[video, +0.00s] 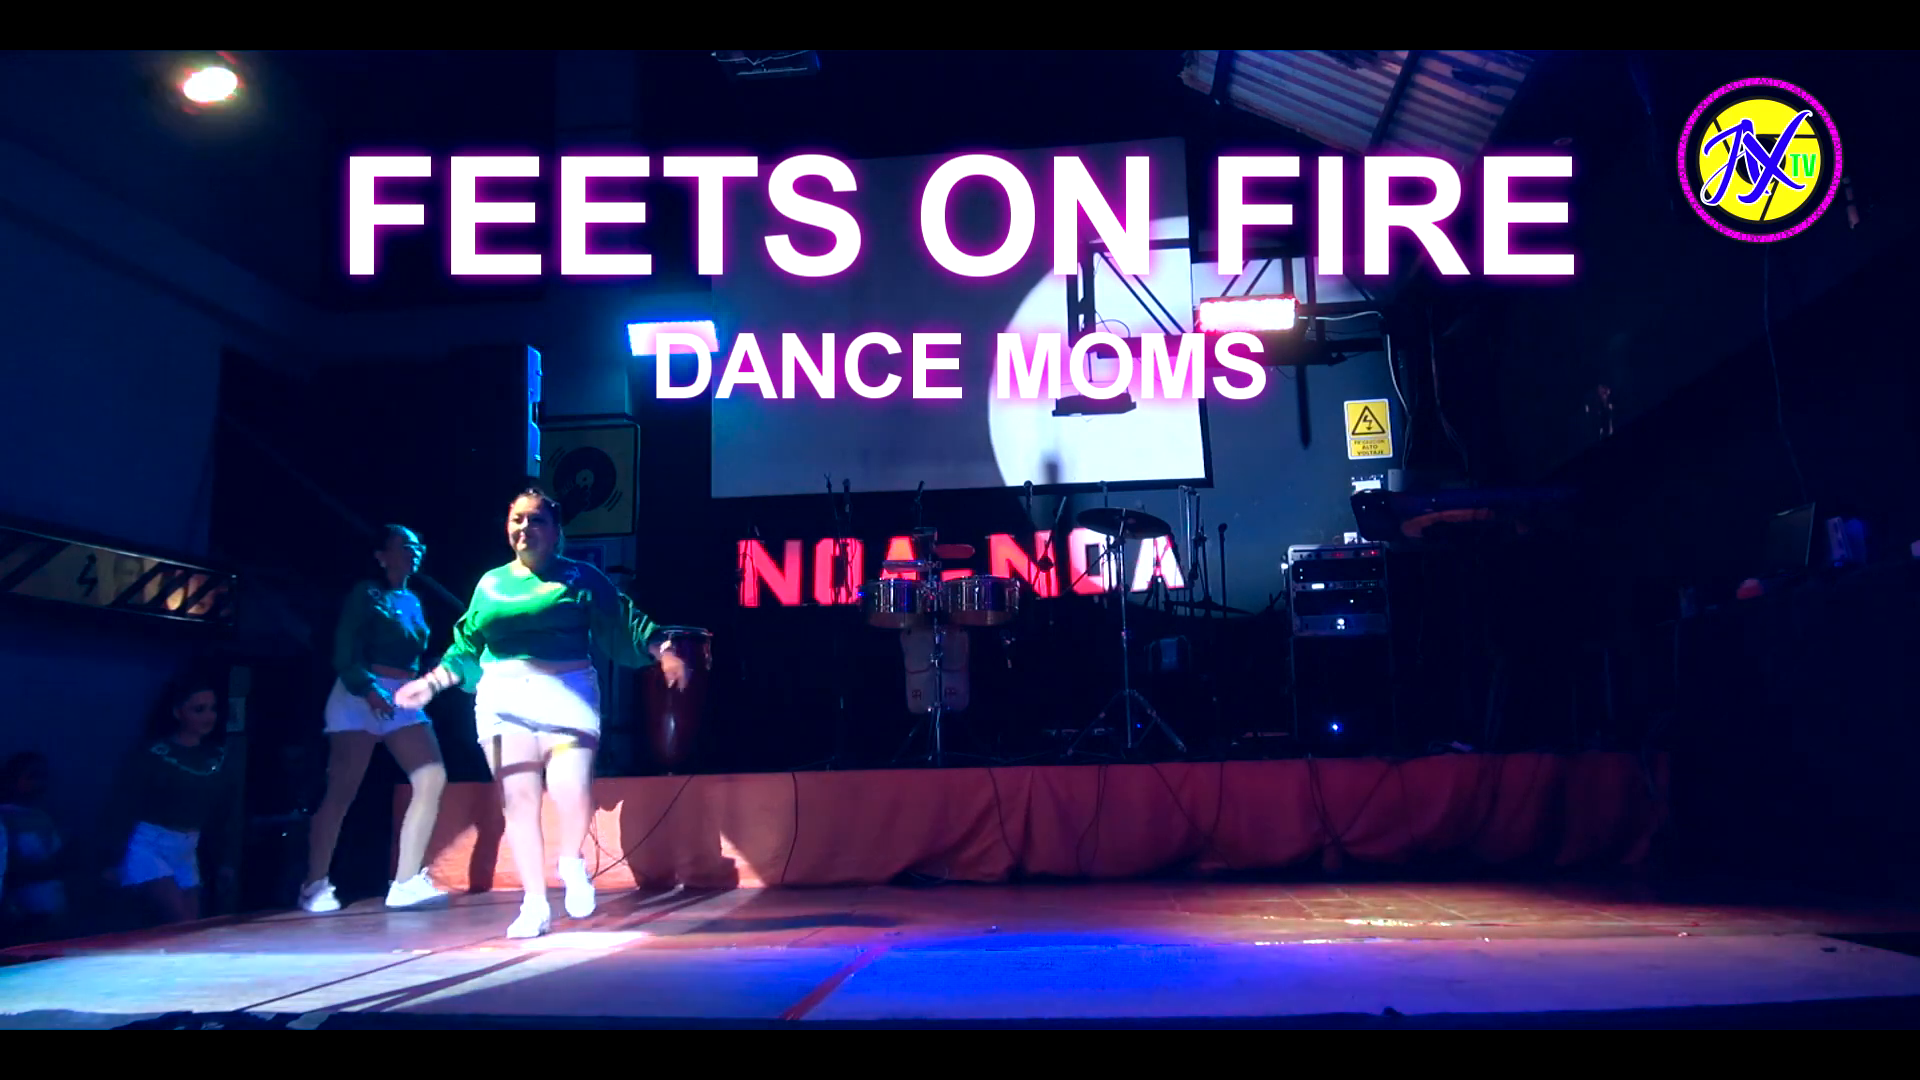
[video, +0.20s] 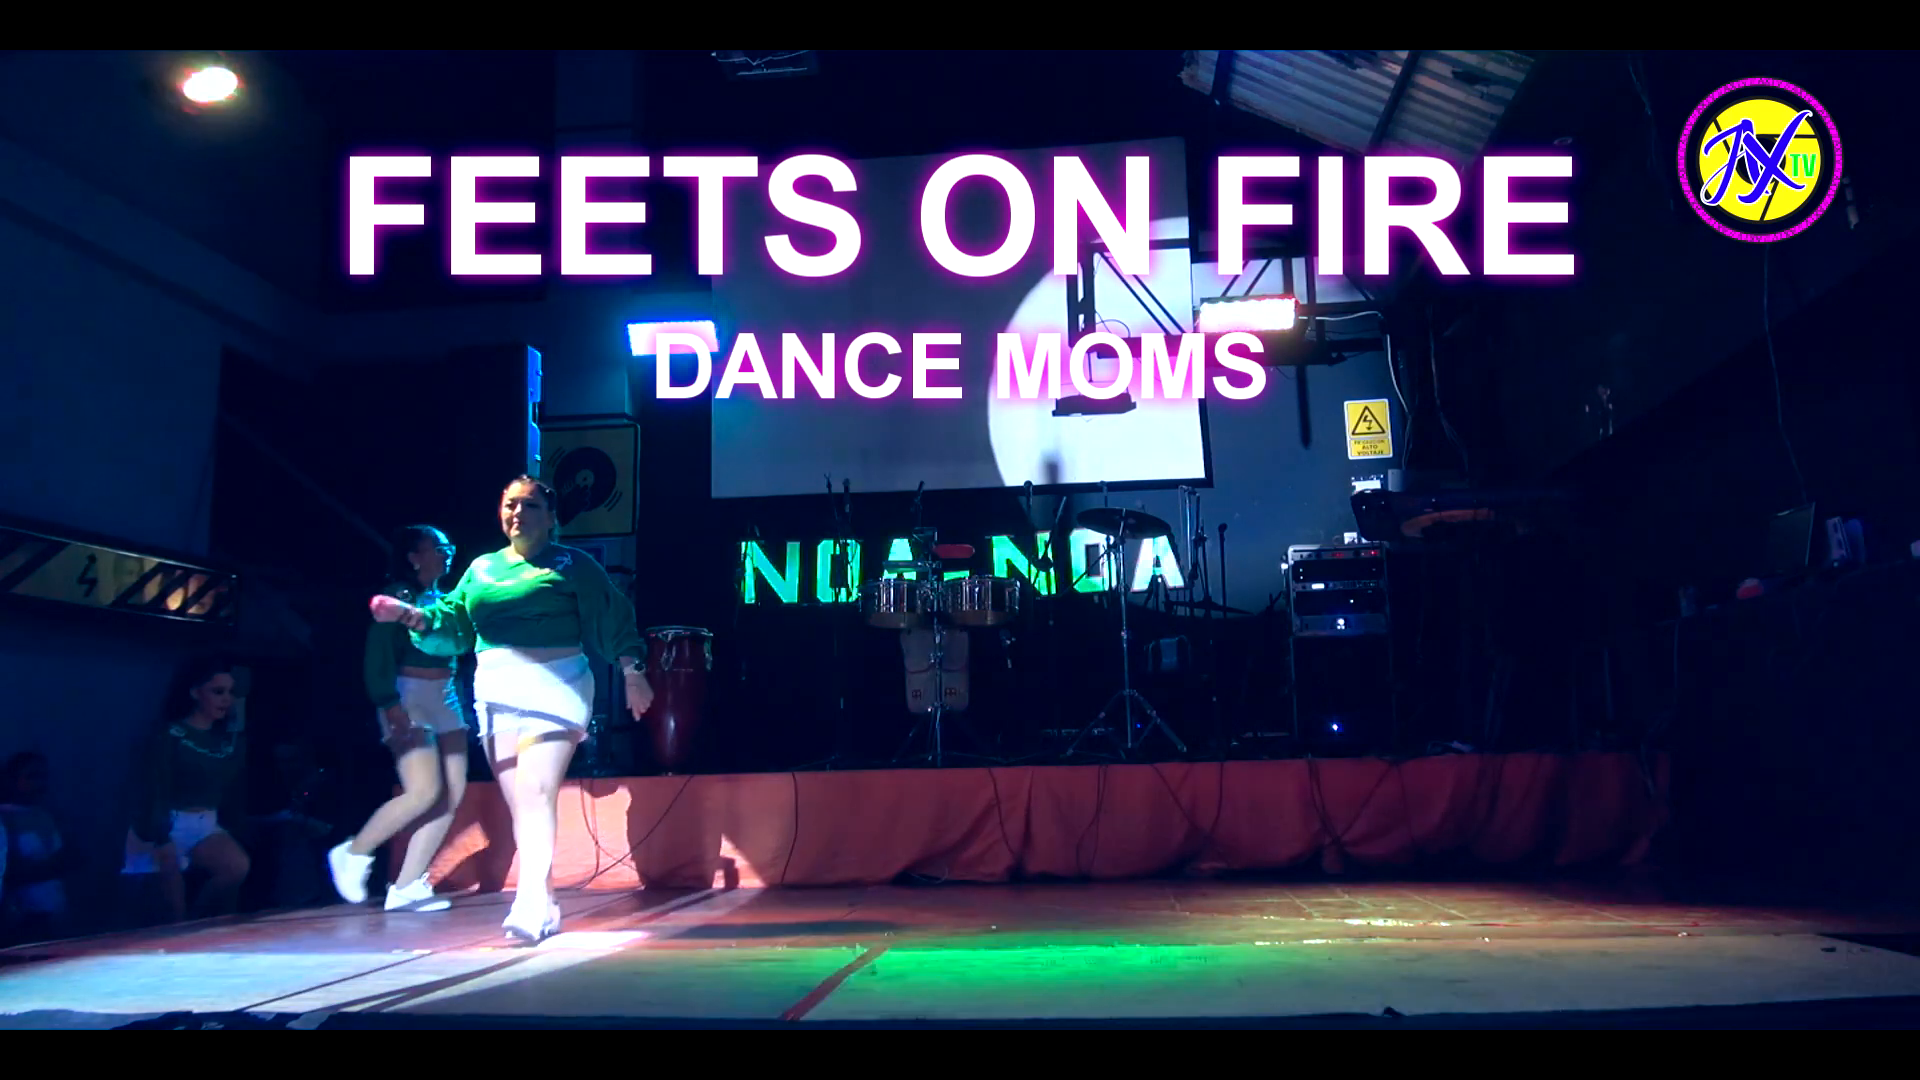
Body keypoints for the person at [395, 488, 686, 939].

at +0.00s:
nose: (526, 526)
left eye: (537, 519)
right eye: (519, 519)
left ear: (556, 529)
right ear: (507, 529)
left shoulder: (583, 578)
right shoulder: (492, 584)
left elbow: (628, 623)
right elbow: (467, 646)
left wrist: (663, 650)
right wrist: (432, 681)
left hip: (569, 686)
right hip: (507, 688)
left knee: (572, 783)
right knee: (519, 795)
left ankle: (572, 863)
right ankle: (534, 900)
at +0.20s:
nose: (516, 511)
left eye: (528, 505)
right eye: (510, 504)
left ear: (549, 515)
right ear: (501, 513)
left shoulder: (576, 566)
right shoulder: (481, 569)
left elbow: (615, 620)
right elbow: (456, 628)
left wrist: (633, 673)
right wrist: (414, 617)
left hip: (558, 682)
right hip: (497, 687)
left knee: (536, 789)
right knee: (519, 797)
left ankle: (529, 906)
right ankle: (542, 903)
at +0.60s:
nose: (504, 503)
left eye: (518, 496)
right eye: (499, 496)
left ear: (546, 514)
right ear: (492, 510)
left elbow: (598, 627)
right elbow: (432, 622)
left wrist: (604, 672)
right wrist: (413, 682)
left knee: (525, 797)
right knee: (452, 798)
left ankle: (516, 909)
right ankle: (493, 888)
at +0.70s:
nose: (496, 494)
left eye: (510, 486)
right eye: (491, 486)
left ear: (536, 498)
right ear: (483, 497)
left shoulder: (564, 557)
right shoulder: (460, 548)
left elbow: (597, 611)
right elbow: (430, 613)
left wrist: (611, 635)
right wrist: (416, 675)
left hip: (536, 686)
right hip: (464, 682)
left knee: (520, 798)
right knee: (437, 794)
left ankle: (515, 911)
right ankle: (442, 902)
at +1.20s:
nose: (450, 493)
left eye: (461, 486)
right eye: (452, 485)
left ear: (493, 497)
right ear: (472, 497)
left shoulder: (530, 552)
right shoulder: (436, 551)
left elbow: (565, 616)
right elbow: (412, 611)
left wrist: (571, 677)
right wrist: (368, 621)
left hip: (494, 677)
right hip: (427, 677)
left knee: (489, 802)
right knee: (433, 804)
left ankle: (507, 912)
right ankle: (418, 918)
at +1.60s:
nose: (466, 498)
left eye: (477, 491)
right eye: (468, 490)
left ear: (506, 499)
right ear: (482, 500)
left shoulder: (540, 552)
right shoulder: (456, 557)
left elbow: (564, 616)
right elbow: (434, 623)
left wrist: (560, 675)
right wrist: (406, 675)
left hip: (517, 689)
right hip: (454, 693)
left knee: (510, 803)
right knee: (440, 808)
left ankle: (514, 915)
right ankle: (419, 917)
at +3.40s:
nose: (478, 512)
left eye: (489, 504)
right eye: (469, 505)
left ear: (507, 514)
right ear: (456, 514)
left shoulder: (526, 572)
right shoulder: (427, 565)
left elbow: (549, 630)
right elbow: (385, 617)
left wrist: (552, 659)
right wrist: (341, 669)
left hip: (505, 687)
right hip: (434, 690)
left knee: (500, 802)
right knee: (440, 811)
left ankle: (509, 907)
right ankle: (457, 914)